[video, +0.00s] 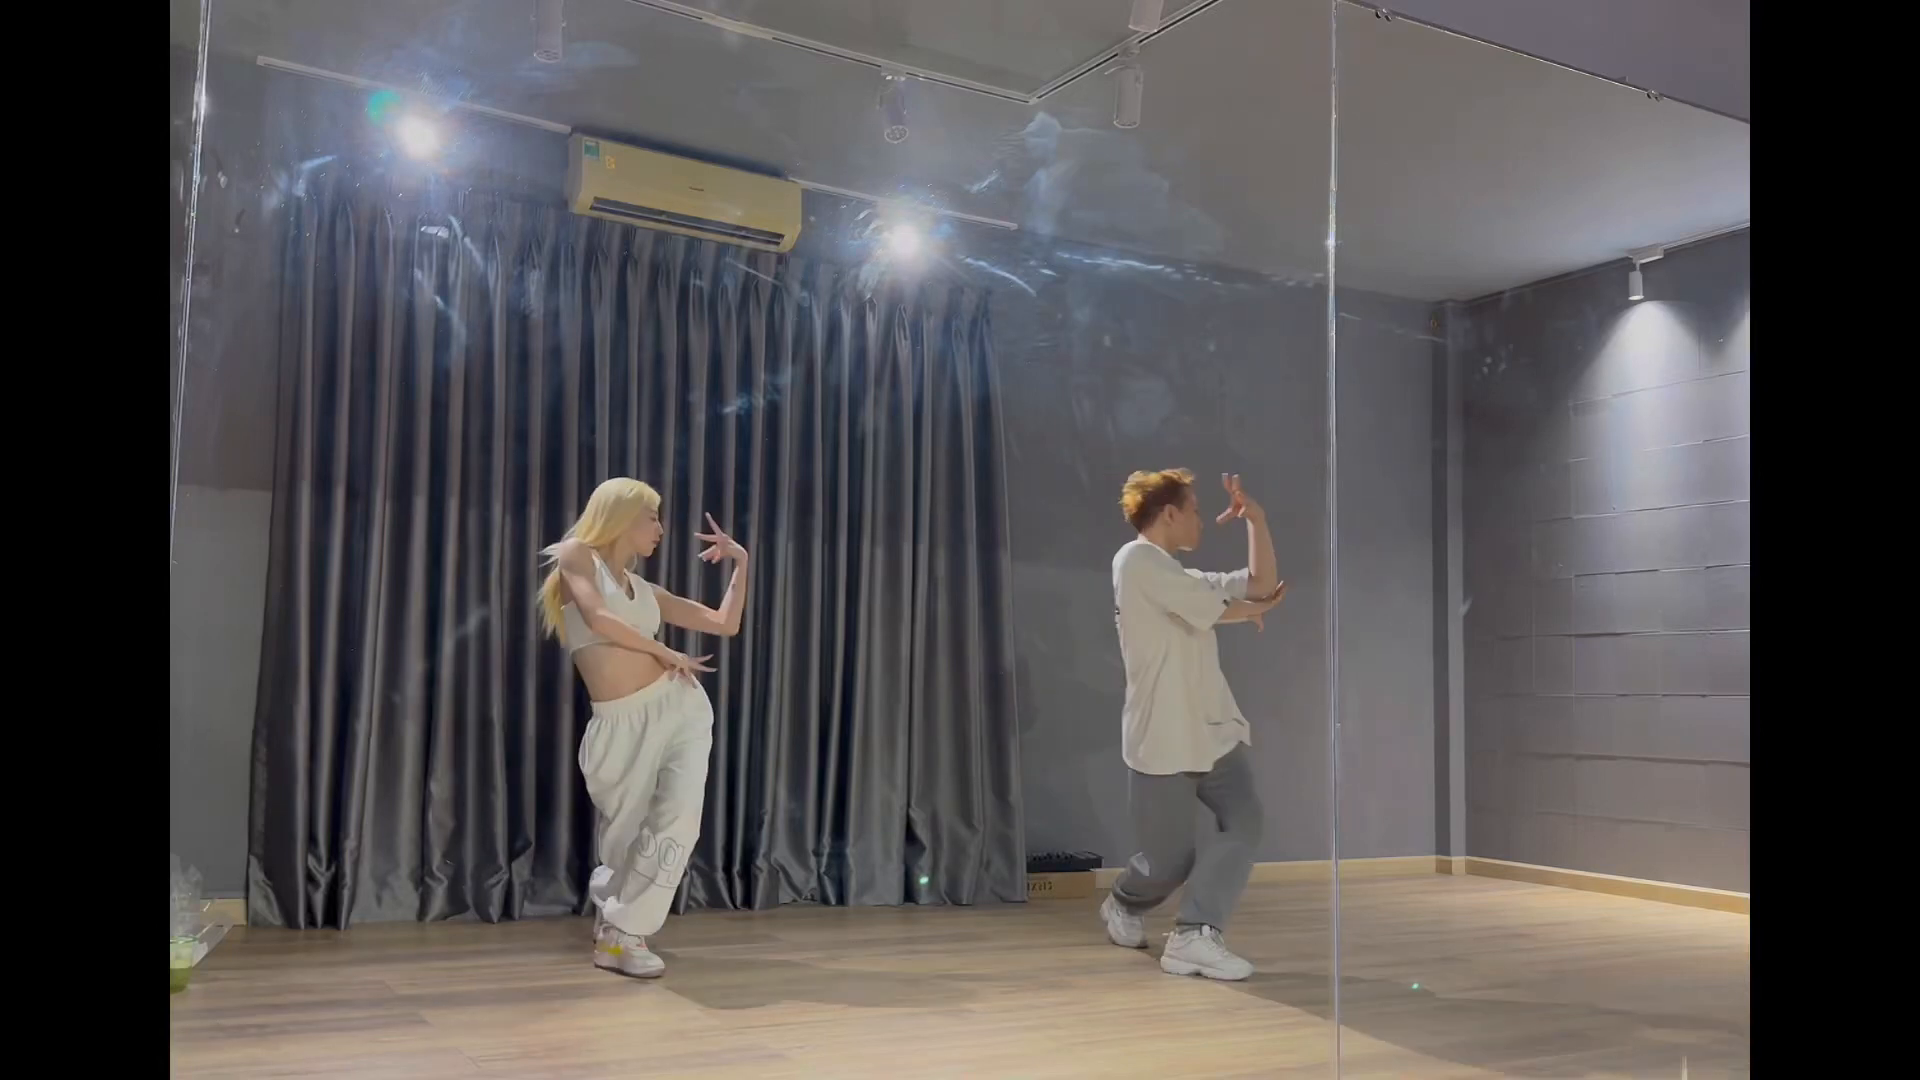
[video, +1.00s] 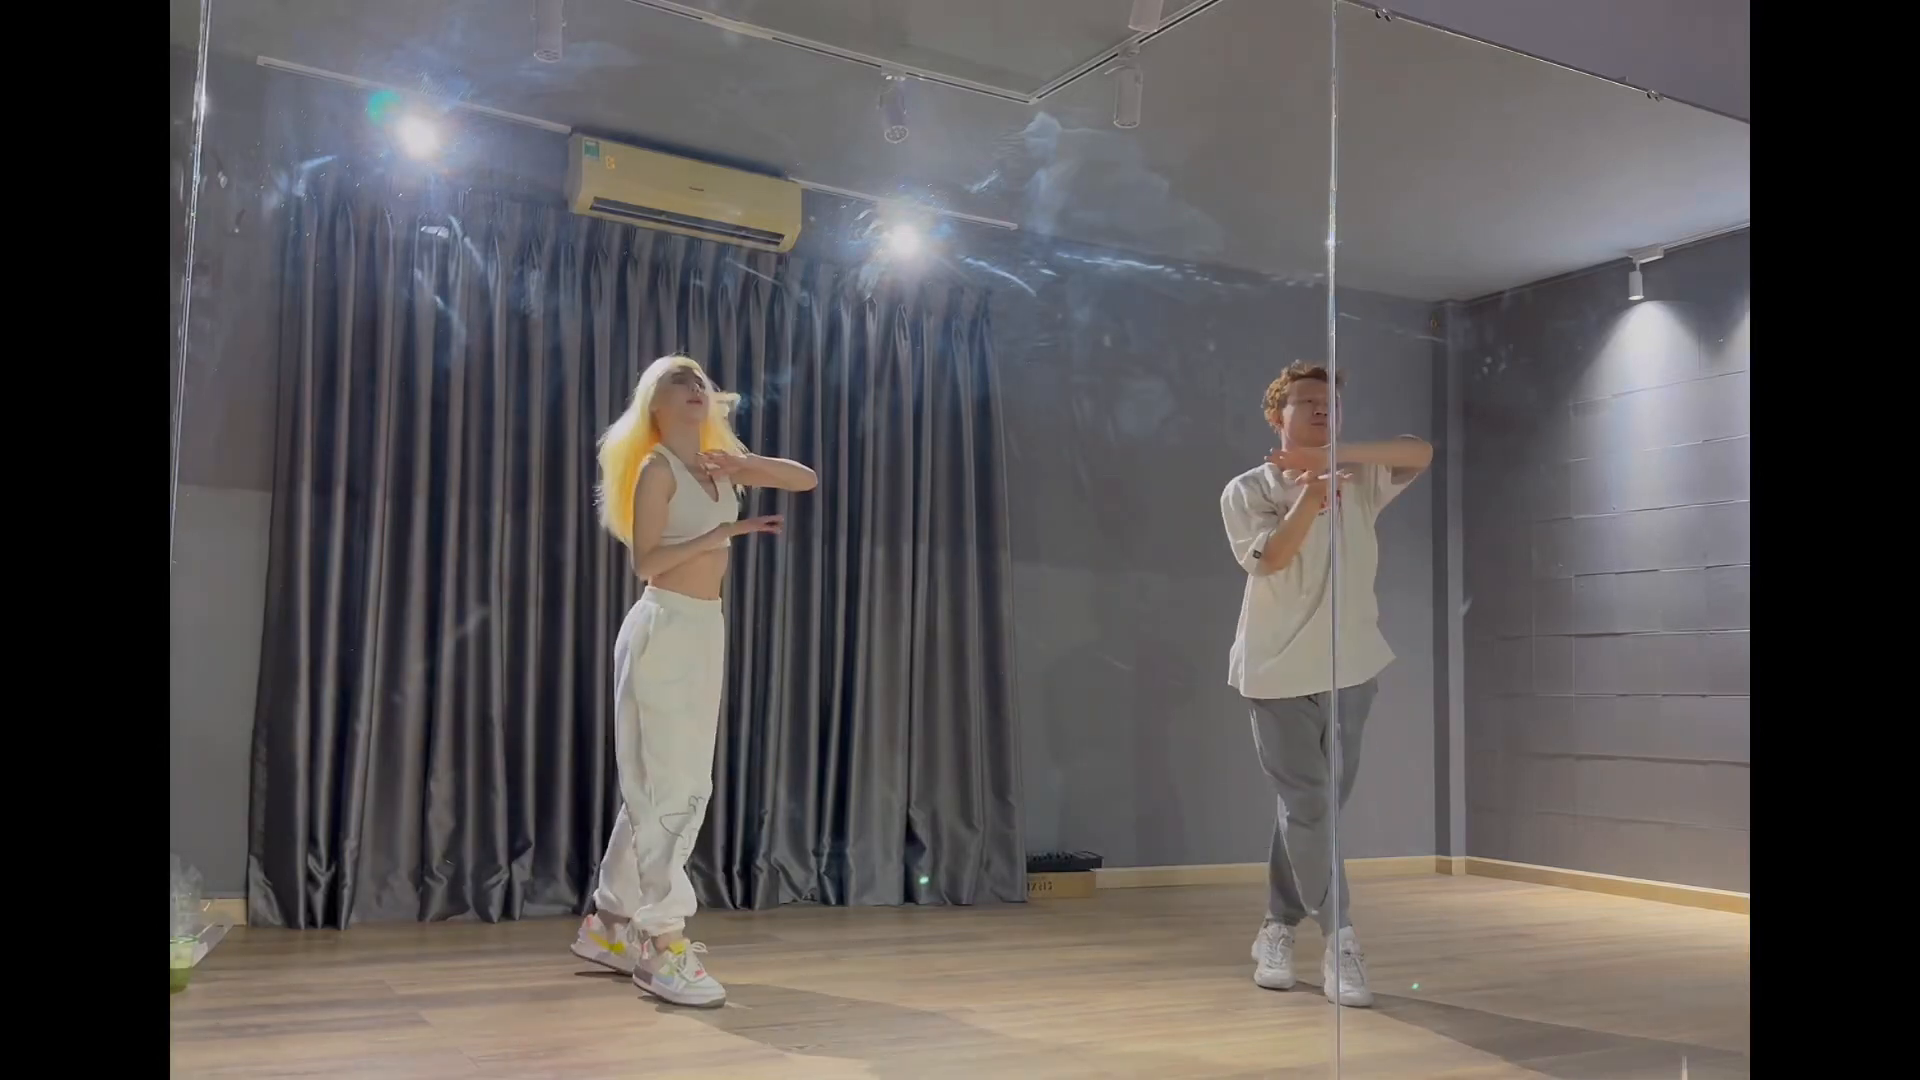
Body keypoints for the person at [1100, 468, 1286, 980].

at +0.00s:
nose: (1201, 521)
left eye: (1199, 511)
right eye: (1194, 511)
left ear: (1164, 515)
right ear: (1169, 513)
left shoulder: (1182, 576)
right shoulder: (1138, 560)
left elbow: (1259, 586)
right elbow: (1196, 607)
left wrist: (1255, 520)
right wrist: (1254, 609)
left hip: (1212, 729)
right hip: (1160, 734)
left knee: (1243, 825)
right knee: (1169, 858)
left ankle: (1193, 937)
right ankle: (1124, 905)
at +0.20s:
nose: (1235, 518)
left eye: (1235, 509)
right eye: (1230, 508)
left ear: (1200, 508)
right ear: (1205, 505)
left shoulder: (1217, 576)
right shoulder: (1157, 543)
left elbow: (1285, 624)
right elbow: (1240, 539)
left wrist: (1314, 578)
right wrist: (1251, 609)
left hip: (1244, 729)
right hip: (1187, 733)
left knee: (1268, 837)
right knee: (1192, 864)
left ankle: (1195, 939)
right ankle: (1112, 869)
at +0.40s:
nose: (1254, 508)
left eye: (1261, 499)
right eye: (1241, 499)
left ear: (1275, 507)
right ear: (1215, 506)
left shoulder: (1285, 572)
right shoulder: (1205, 551)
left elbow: (1285, 635)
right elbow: (1210, 517)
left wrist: (1291, 587)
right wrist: (1275, 538)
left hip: (1262, 720)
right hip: (1207, 706)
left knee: (1293, 851)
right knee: (1282, 795)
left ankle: (1193, 938)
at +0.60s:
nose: (1257, 517)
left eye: (1267, 504)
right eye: (1250, 508)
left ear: (1300, 511)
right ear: (1245, 519)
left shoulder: (1342, 572)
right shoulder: (1230, 582)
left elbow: (1360, 639)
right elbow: (1242, 620)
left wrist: (1279, 632)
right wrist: (1257, 531)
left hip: (1323, 745)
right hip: (1247, 736)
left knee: (1318, 883)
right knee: (1299, 844)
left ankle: (1208, 928)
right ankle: (1346, 956)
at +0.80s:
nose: (1308, 455)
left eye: (1317, 444)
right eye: (1296, 444)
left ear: (1329, 450)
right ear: (1270, 450)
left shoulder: (1355, 509)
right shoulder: (1244, 516)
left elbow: (1398, 571)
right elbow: (1257, 581)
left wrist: (1347, 555)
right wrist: (1280, 518)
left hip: (1352, 696)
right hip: (1279, 696)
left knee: (1328, 833)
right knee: (1310, 831)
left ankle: (1244, 924)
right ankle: (1346, 954)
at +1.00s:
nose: (1321, 416)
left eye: (1329, 408)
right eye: (1308, 406)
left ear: (1338, 419)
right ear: (1277, 416)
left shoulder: (1360, 481)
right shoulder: (1246, 491)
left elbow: (1421, 453)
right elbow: (1270, 558)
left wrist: (1338, 454)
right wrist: (1314, 491)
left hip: (1354, 668)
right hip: (1278, 675)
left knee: (1319, 807)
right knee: (1311, 807)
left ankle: (1278, 933)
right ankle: (1341, 944)